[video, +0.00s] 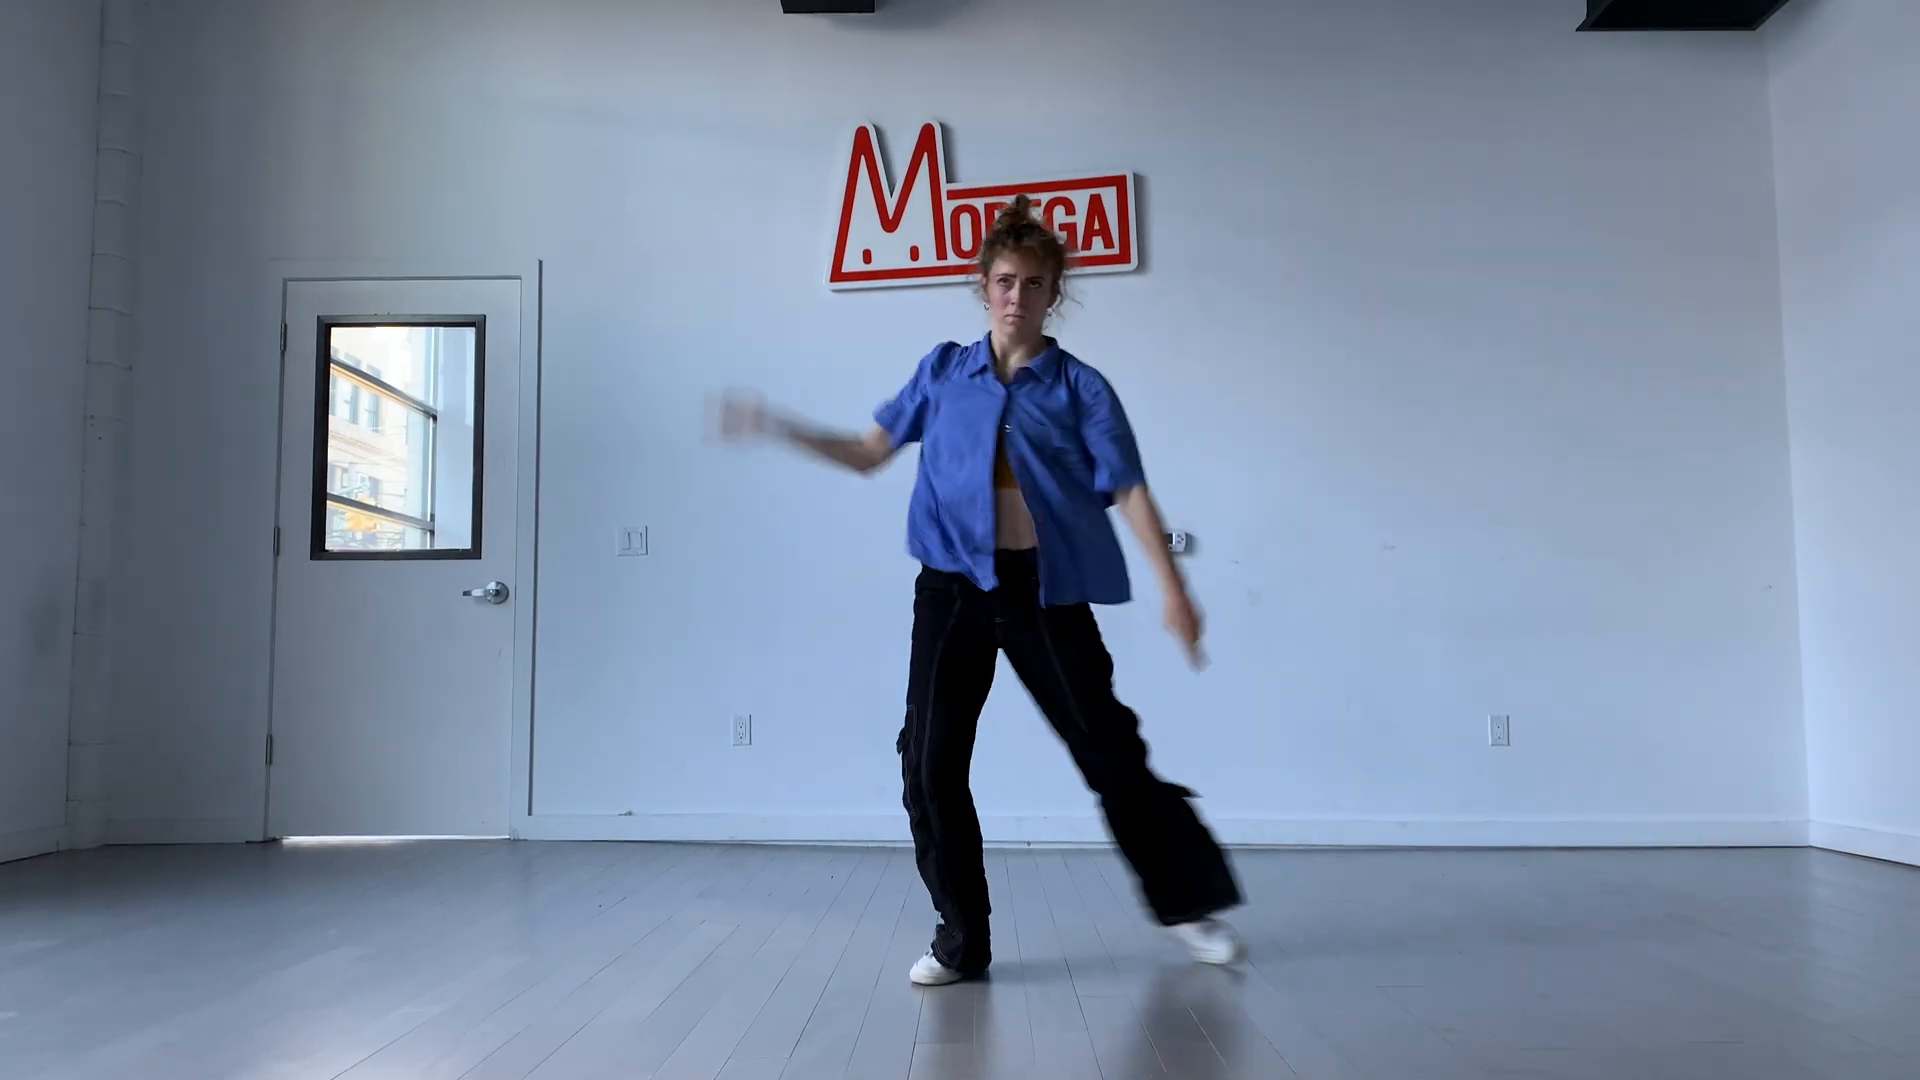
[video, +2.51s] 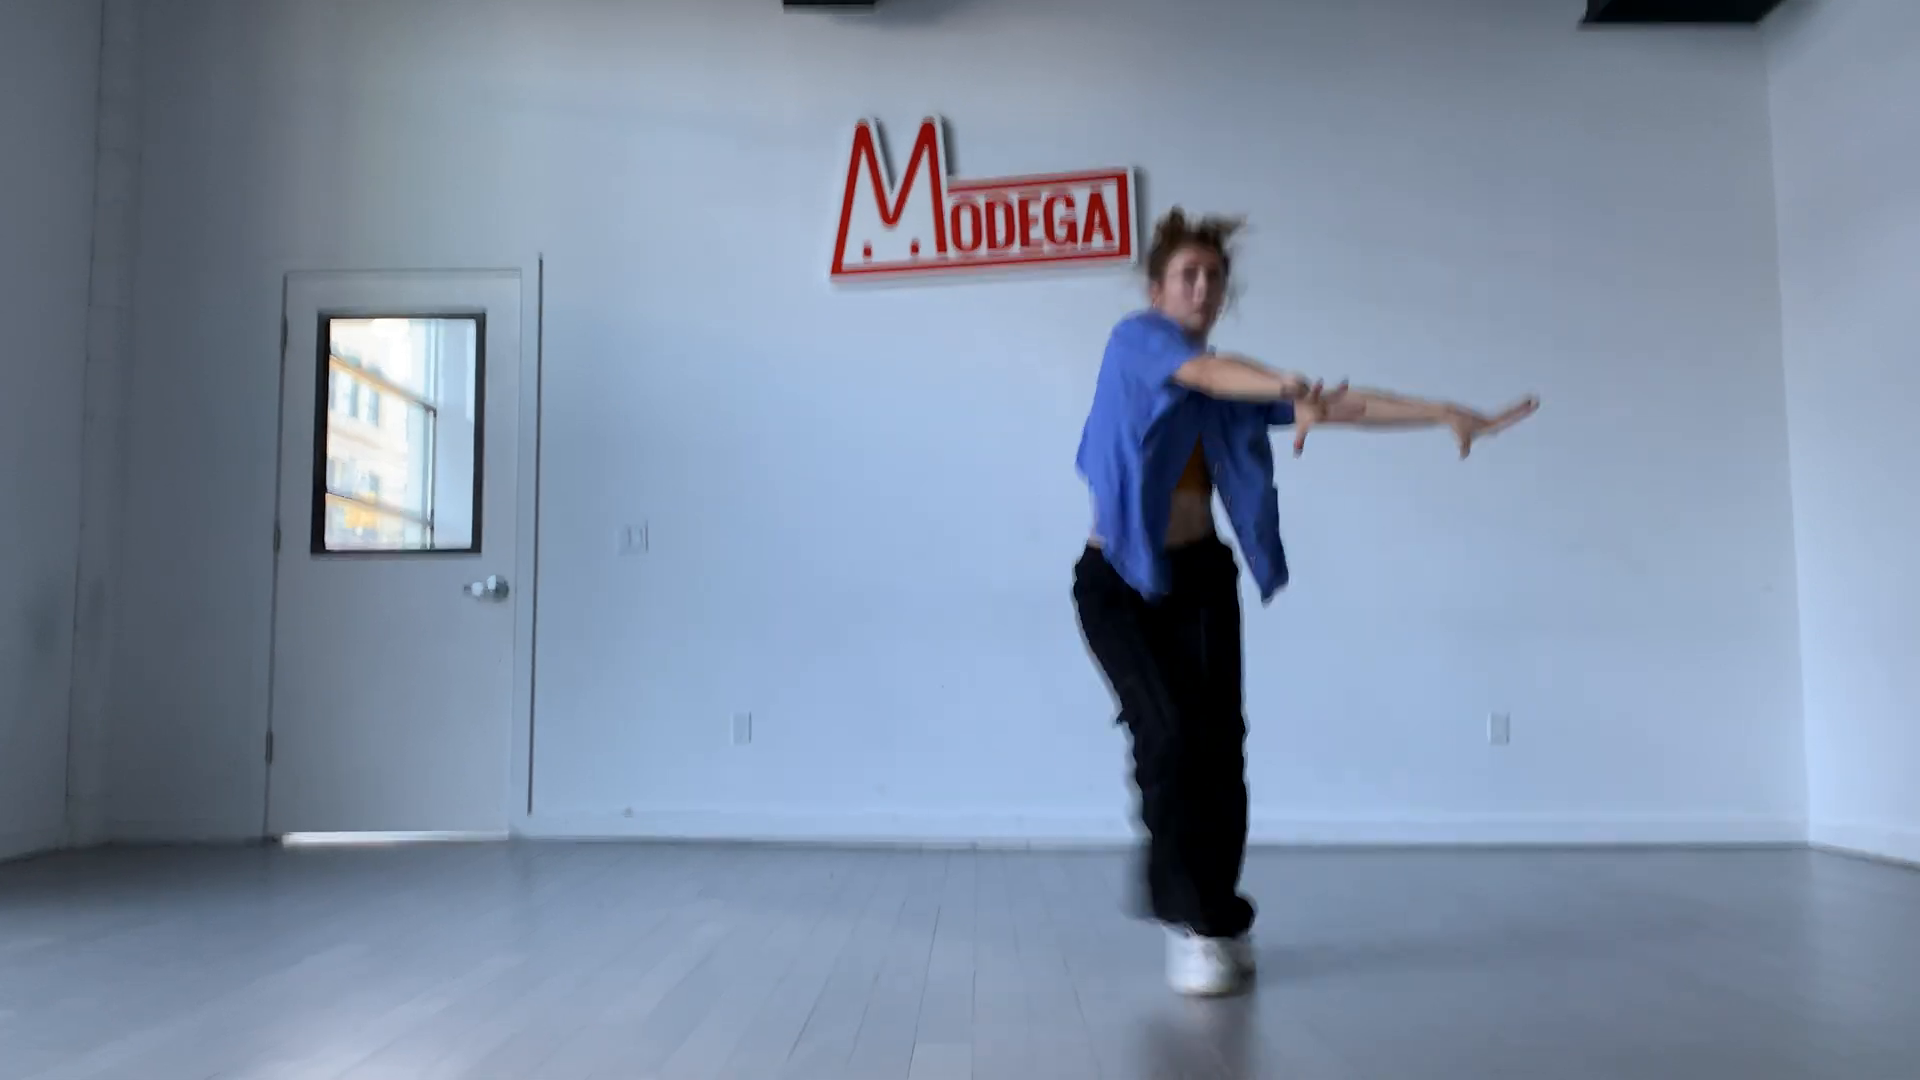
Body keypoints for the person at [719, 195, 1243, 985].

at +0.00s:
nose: (1014, 299)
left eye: (1030, 284)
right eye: (1001, 283)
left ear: (1053, 293)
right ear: (983, 288)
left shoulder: (1081, 389)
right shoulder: (943, 372)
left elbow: (1129, 493)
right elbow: (867, 450)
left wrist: (1172, 588)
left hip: (1046, 591)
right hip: (953, 587)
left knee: (1109, 750)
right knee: (929, 761)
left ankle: (1189, 906)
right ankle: (959, 939)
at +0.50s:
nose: (949, 353)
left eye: (962, 340)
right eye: (935, 340)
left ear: (984, 349)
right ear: (919, 347)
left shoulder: (1004, 422)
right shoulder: (907, 402)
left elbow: (1094, 402)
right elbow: (947, 499)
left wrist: (1023, 351)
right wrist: (1037, 545)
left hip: (981, 606)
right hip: (904, 605)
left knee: (1015, 775)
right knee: (945, 700)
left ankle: (912, 895)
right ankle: (953, 887)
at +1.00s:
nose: (954, 386)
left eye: (966, 373)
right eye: (940, 374)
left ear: (984, 383)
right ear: (920, 385)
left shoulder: (1013, 477)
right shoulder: (908, 461)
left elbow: (1075, 555)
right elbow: (894, 572)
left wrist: (1096, 479)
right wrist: (944, 672)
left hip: (1008, 664)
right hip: (929, 667)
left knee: (1116, 744)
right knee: (978, 818)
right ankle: (868, 909)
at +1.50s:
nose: (974, 398)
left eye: (980, 386)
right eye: (955, 393)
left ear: (996, 397)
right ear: (934, 417)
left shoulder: (1034, 472)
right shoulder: (959, 477)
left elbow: (1085, 552)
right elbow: (959, 594)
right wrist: (1034, 673)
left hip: (1121, 650)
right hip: (1061, 663)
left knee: (1224, 767)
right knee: (1011, 840)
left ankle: (1213, 928)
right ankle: (872, 904)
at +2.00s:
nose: (1159, 328)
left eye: (1150, 320)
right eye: (1143, 323)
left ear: (1132, 347)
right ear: (1119, 343)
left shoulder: (1157, 422)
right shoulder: (1118, 382)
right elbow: (1061, 394)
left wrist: (1152, 532)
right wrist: (1113, 466)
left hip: (1101, 622)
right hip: (1039, 611)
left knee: (1172, 765)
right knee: (977, 782)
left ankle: (1210, 927)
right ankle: (859, 921)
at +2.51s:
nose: (1201, 287)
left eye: (1212, 276)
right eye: (1186, 274)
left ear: (1224, 288)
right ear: (1156, 284)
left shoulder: (1226, 372)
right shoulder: (1139, 339)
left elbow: (1336, 405)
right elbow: (1200, 373)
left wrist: (1449, 414)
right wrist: (1286, 387)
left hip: (1201, 574)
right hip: (1120, 577)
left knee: (1218, 743)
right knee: (1169, 731)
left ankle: (1218, 922)